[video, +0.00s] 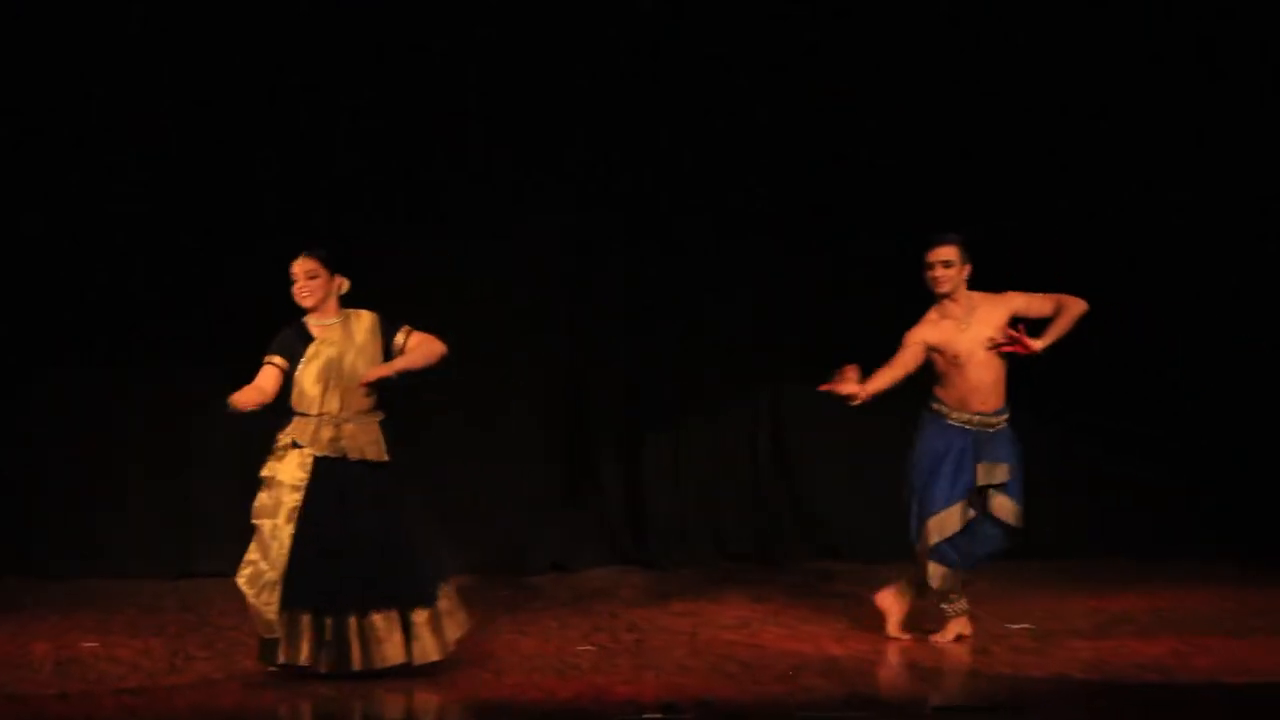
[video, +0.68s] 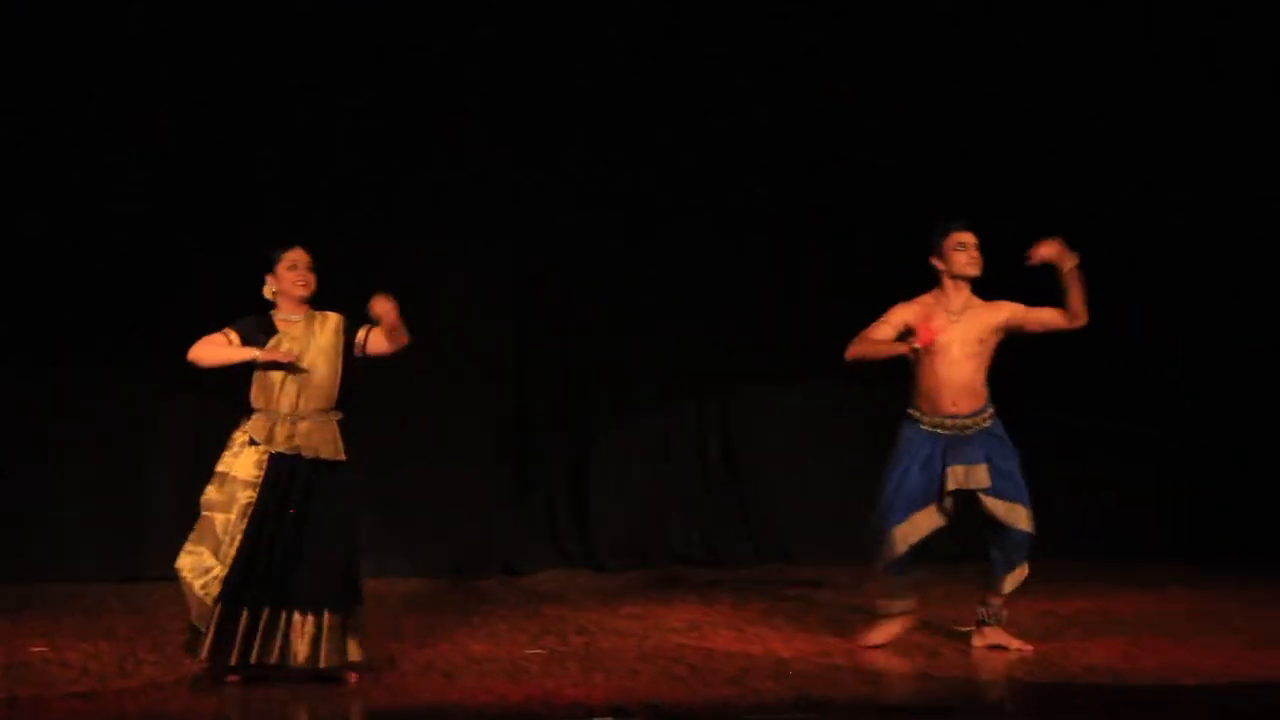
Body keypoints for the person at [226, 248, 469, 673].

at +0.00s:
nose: (301, 286)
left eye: (310, 277)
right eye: (295, 281)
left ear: (335, 282)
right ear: (292, 290)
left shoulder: (369, 326)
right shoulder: (293, 337)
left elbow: (434, 347)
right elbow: (265, 386)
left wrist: (388, 369)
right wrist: (244, 398)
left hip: (361, 452)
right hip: (305, 452)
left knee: (368, 544)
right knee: (302, 545)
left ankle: (372, 647)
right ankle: (307, 647)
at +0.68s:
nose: (303, 275)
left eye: (308, 268)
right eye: (292, 268)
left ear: (316, 281)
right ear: (271, 282)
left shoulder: (335, 327)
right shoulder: (258, 327)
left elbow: (391, 342)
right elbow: (199, 353)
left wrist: (390, 319)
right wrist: (257, 354)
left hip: (320, 452)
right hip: (263, 451)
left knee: (328, 552)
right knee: (250, 549)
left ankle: (332, 657)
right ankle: (238, 655)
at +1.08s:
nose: (354, 287)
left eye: (357, 281)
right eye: (344, 279)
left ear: (358, 293)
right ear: (317, 289)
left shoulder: (365, 338)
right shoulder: (291, 337)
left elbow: (410, 326)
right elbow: (232, 344)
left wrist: (446, 281)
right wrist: (291, 355)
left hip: (346, 459)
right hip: (294, 459)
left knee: (357, 553)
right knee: (299, 556)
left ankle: (363, 657)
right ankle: (302, 657)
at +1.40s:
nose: (348, 284)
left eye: (350, 278)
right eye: (337, 277)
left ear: (352, 291)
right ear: (310, 289)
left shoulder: (364, 338)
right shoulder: (291, 335)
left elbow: (422, 360)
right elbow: (227, 345)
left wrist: (401, 329)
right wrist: (277, 328)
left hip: (350, 459)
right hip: (296, 460)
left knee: (367, 551)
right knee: (294, 555)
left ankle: (379, 658)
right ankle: (307, 646)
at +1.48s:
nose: (333, 281)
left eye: (337, 275)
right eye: (321, 274)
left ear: (344, 289)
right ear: (298, 288)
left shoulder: (357, 335)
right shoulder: (280, 340)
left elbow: (422, 359)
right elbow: (224, 342)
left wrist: (387, 346)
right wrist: (252, 302)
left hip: (344, 459)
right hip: (289, 460)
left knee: (364, 554)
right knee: (284, 560)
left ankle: (380, 662)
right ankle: (290, 665)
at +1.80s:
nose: (256, 286)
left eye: (267, 277)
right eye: (253, 281)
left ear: (296, 288)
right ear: (252, 295)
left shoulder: (324, 336)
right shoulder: (246, 338)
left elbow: (388, 356)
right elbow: (208, 313)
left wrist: (337, 369)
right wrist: (181, 262)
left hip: (310, 466)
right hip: (256, 465)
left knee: (315, 560)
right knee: (258, 563)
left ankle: (318, 662)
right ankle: (266, 667)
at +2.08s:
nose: (266, 292)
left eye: (276, 284)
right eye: (260, 286)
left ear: (301, 296)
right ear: (254, 298)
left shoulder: (325, 342)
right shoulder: (249, 341)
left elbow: (389, 365)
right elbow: (211, 329)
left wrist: (346, 375)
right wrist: (209, 265)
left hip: (309, 470)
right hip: (254, 467)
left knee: (307, 566)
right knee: (248, 564)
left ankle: (299, 666)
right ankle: (244, 667)